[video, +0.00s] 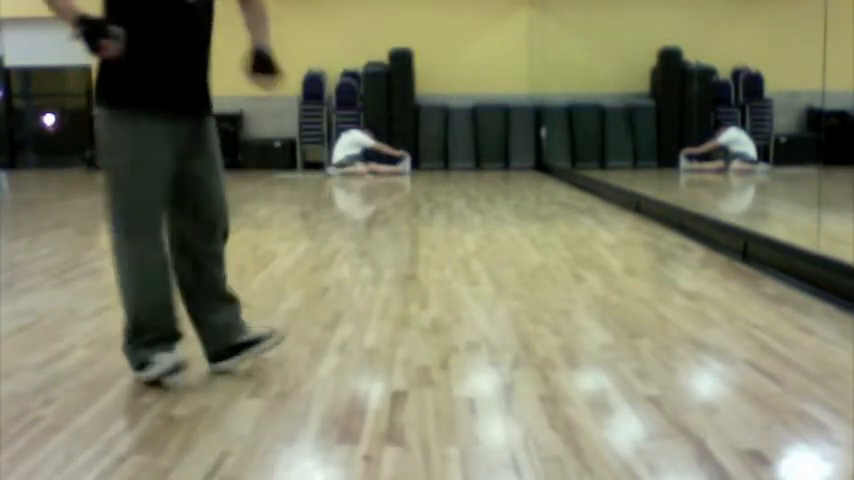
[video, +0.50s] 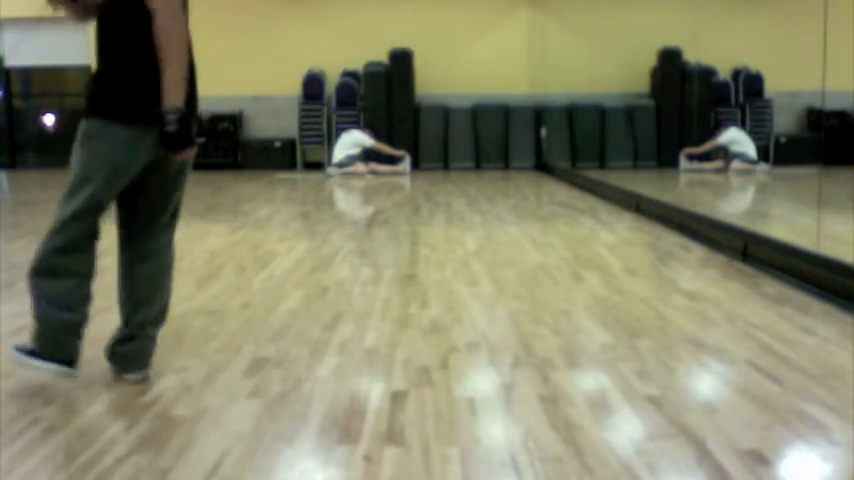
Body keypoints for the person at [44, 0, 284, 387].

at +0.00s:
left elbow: (250, 3)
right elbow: (57, 2)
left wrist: (261, 44)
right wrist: (82, 22)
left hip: (189, 92)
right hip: (129, 96)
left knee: (203, 223)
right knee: (138, 228)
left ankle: (224, 339)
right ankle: (151, 347)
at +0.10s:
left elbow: (256, 6)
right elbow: (57, 4)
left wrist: (237, 49)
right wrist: (72, 28)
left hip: (184, 91)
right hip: (113, 94)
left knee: (192, 223)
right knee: (120, 230)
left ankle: (211, 337)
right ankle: (138, 345)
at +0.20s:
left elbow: (233, 10)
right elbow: (79, 4)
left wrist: (194, 75)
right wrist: (66, 30)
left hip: (165, 105)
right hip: (113, 104)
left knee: (147, 228)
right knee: (108, 227)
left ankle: (162, 352)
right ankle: (125, 343)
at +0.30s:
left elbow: (211, 13)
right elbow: (90, 10)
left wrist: (177, 87)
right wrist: (68, 29)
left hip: (150, 104)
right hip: (126, 103)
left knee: (121, 221)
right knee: (127, 222)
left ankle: (131, 348)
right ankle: (127, 344)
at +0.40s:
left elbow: (195, 10)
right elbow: (90, 8)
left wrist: (174, 99)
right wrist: (65, 17)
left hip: (131, 105)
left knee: (93, 232)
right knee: (145, 238)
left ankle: (102, 345)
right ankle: (134, 350)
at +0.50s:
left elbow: (171, 21)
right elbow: (82, 13)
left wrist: (175, 116)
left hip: (120, 113)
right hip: (173, 117)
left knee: (74, 225)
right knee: (150, 239)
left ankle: (56, 346)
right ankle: (134, 357)